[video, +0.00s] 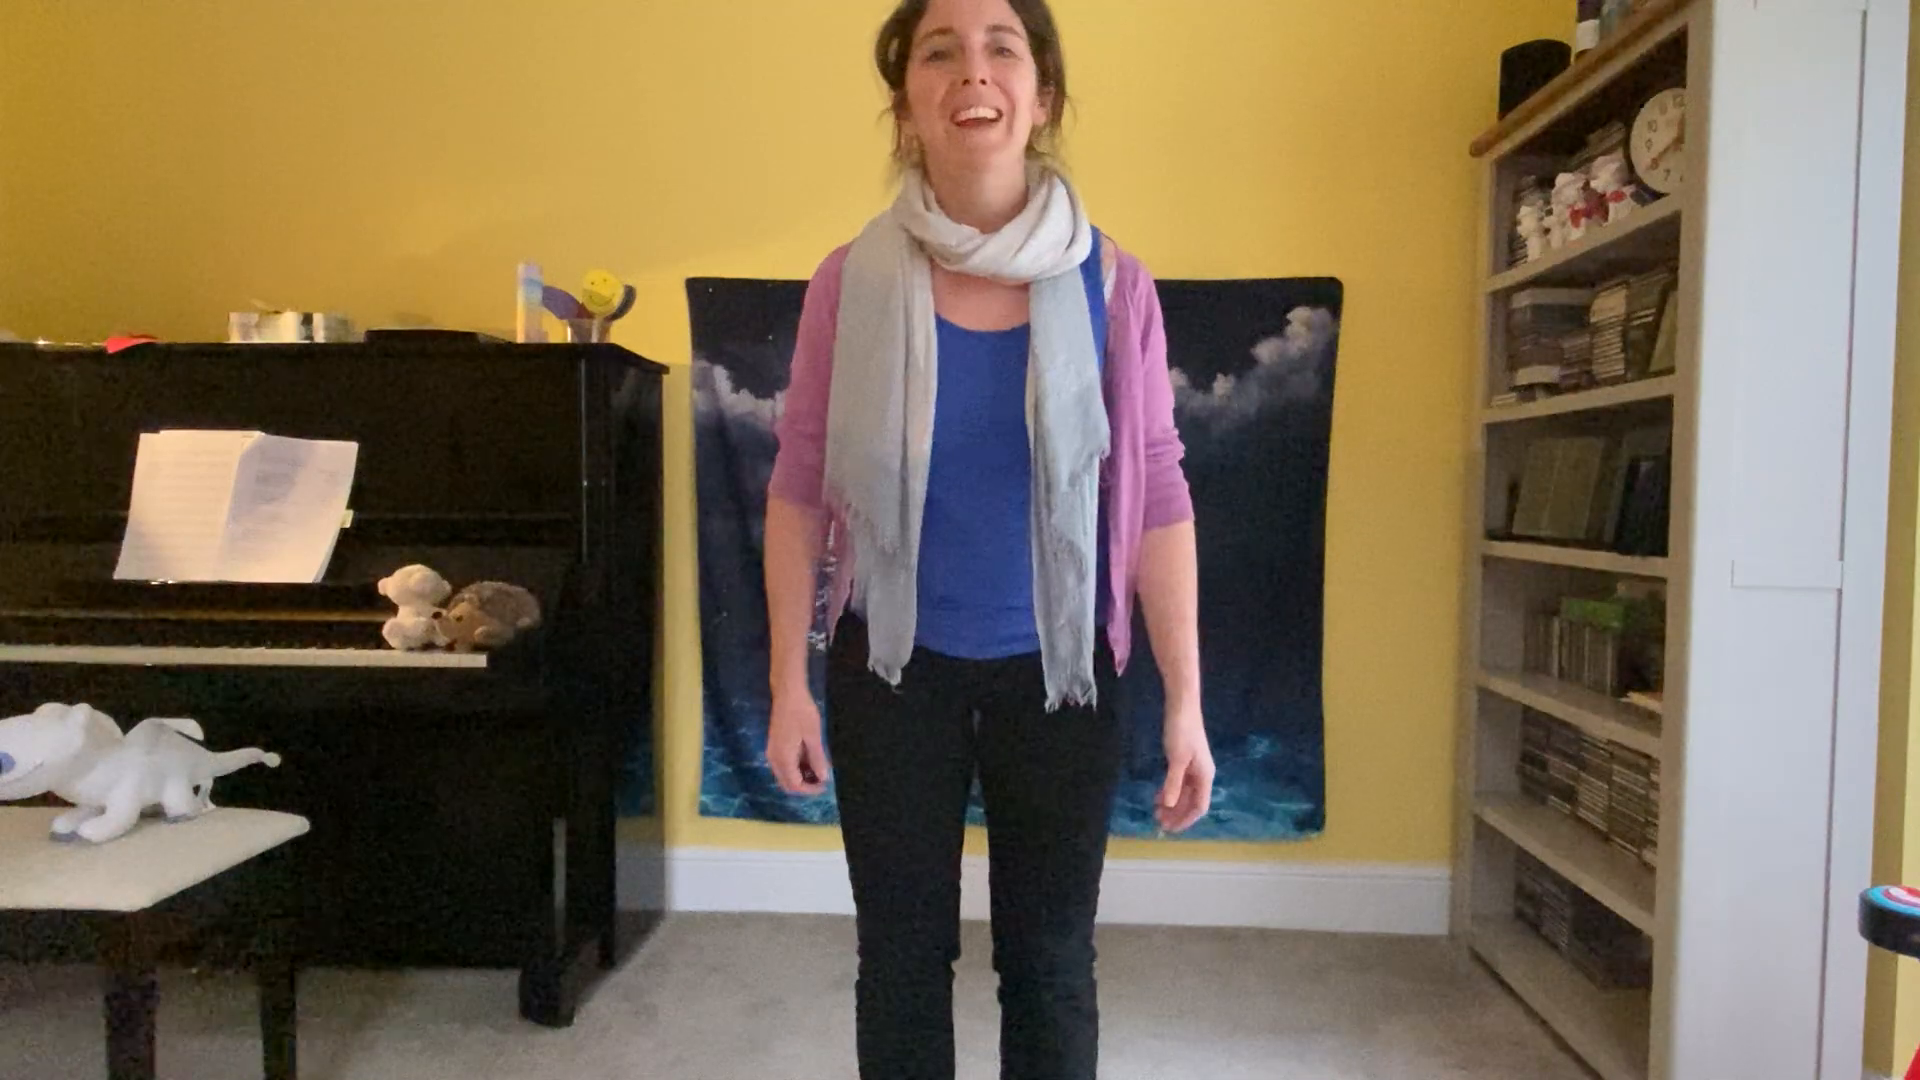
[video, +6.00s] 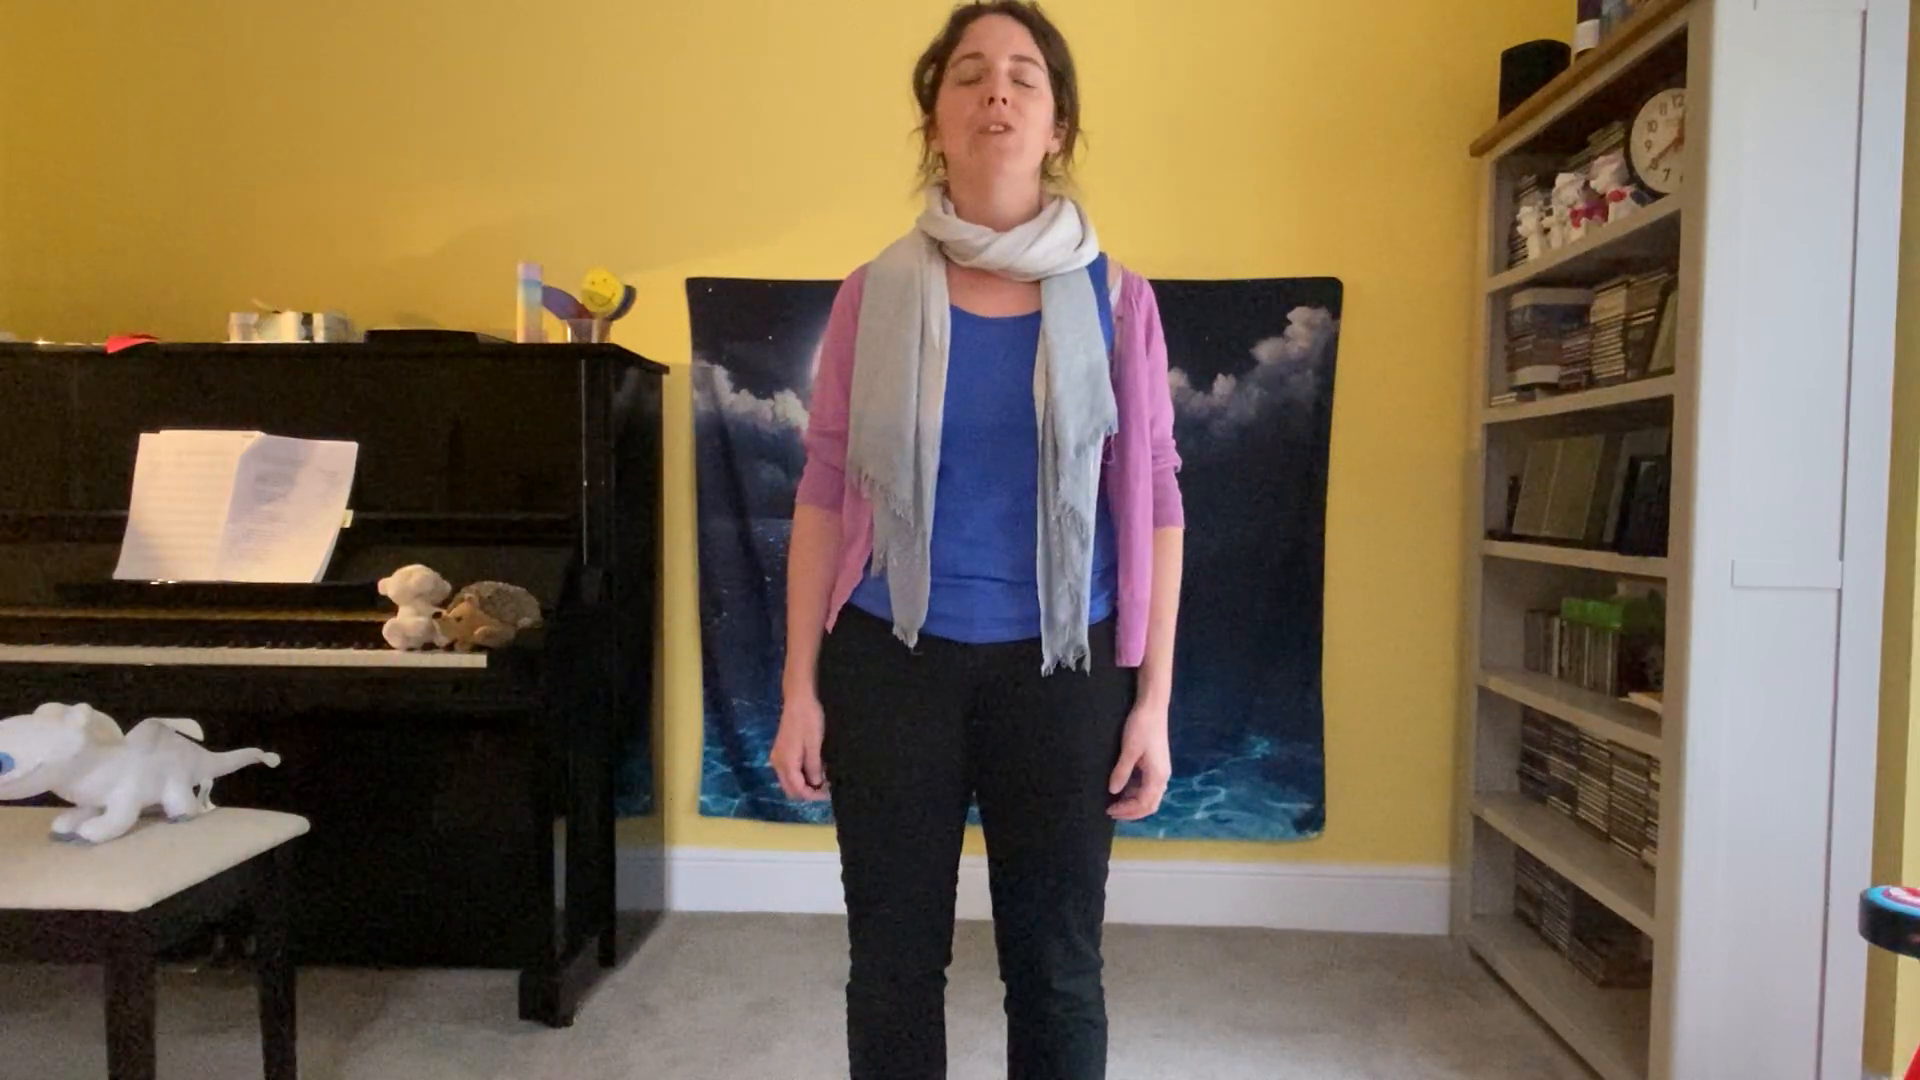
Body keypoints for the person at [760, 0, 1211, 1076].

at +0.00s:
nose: (975, 72)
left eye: (1002, 48)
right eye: (942, 52)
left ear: (1042, 91)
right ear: (903, 99)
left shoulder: (1114, 287)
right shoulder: (847, 284)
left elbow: (1158, 497)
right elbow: (799, 485)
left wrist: (1184, 699)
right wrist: (789, 682)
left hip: (1061, 680)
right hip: (889, 676)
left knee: (1052, 978)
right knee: (901, 974)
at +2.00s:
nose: (989, 79)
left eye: (1016, 63)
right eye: (961, 63)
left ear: (1053, 108)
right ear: (922, 109)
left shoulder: (1121, 293)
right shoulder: (863, 291)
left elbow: (1160, 500)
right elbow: (821, 498)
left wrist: (1164, 700)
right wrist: (801, 689)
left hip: (1070, 681)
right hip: (892, 674)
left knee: (1067, 981)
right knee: (893, 976)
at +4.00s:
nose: (1010, 101)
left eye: (1037, 86)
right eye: (985, 82)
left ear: (1068, 133)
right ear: (944, 127)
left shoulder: (1123, 306)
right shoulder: (878, 296)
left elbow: (1161, 507)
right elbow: (826, 494)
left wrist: (1158, 694)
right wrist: (803, 681)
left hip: (1068, 678)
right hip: (894, 670)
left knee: (1061, 979)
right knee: (897, 977)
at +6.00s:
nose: (996, 90)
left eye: (1022, 76)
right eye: (970, 74)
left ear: (1059, 124)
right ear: (934, 120)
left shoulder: (1119, 304)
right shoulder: (872, 296)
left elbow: (1155, 506)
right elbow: (822, 495)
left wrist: (1152, 696)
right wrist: (798, 683)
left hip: (1062, 678)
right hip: (888, 672)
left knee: (1059, 985)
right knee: (892, 979)